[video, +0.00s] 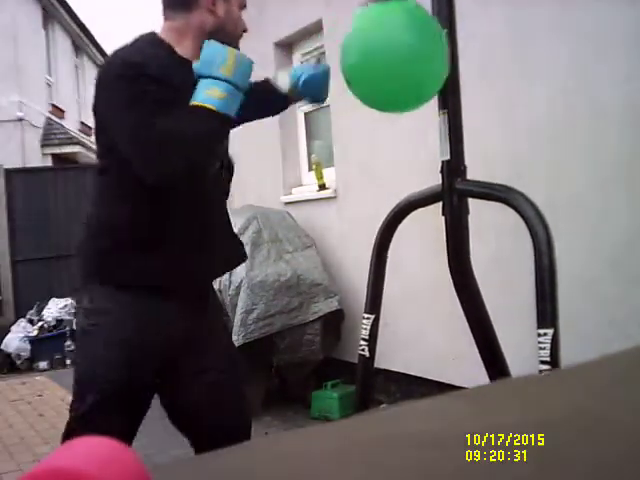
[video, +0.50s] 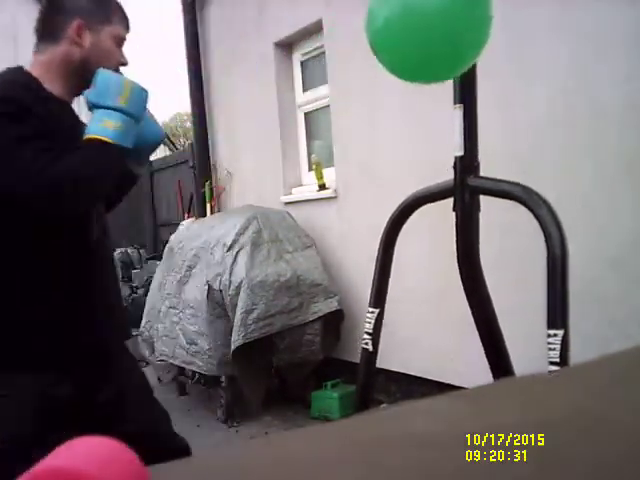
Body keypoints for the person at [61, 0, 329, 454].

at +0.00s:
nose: (245, 23)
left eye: (244, 9)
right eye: (241, 8)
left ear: (207, 9)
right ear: (211, 7)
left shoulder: (197, 77)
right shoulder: (129, 70)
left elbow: (228, 107)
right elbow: (164, 162)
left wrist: (288, 88)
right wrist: (216, 91)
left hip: (189, 295)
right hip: (122, 297)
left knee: (230, 446)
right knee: (91, 455)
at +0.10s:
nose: (230, 29)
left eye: (230, 13)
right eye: (226, 12)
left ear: (193, 11)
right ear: (195, 9)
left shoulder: (190, 83)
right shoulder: (127, 72)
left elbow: (193, 155)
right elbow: (166, 160)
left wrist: (243, 147)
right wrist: (221, 101)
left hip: (184, 301)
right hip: (123, 303)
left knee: (227, 446)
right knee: (97, 457)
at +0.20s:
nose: (216, 33)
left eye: (215, 18)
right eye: (211, 16)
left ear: (177, 14)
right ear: (178, 11)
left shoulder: (158, 86)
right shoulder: (113, 77)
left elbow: (159, 181)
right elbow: (160, 164)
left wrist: (213, 150)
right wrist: (208, 109)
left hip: (170, 311)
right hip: (112, 314)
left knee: (221, 441)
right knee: (92, 463)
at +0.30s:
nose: (191, 40)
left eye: (192, 27)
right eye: (187, 24)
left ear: (152, 20)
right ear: (153, 16)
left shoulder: (133, 94)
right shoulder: (85, 82)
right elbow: (128, 168)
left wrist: (190, 142)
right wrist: (183, 117)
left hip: (150, 321)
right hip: (85, 325)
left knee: (213, 450)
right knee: (73, 468)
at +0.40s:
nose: (157, 49)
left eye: (158, 36)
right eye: (153, 33)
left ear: (117, 30)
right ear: (116, 27)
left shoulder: (103, 108)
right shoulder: (43, 95)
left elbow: (109, 188)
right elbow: (95, 187)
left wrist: (160, 146)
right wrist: (144, 125)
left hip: (122, 335)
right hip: (52, 345)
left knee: (192, 459)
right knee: (56, 475)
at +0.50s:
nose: (123, 59)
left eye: (124, 44)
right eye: (118, 41)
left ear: (80, 36)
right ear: (79, 33)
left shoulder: (64, 119)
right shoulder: (10, 102)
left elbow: (84, 210)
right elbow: (51, 203)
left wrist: (128, 156)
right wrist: (106, 131)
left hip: (87, 348)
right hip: (34, 352)